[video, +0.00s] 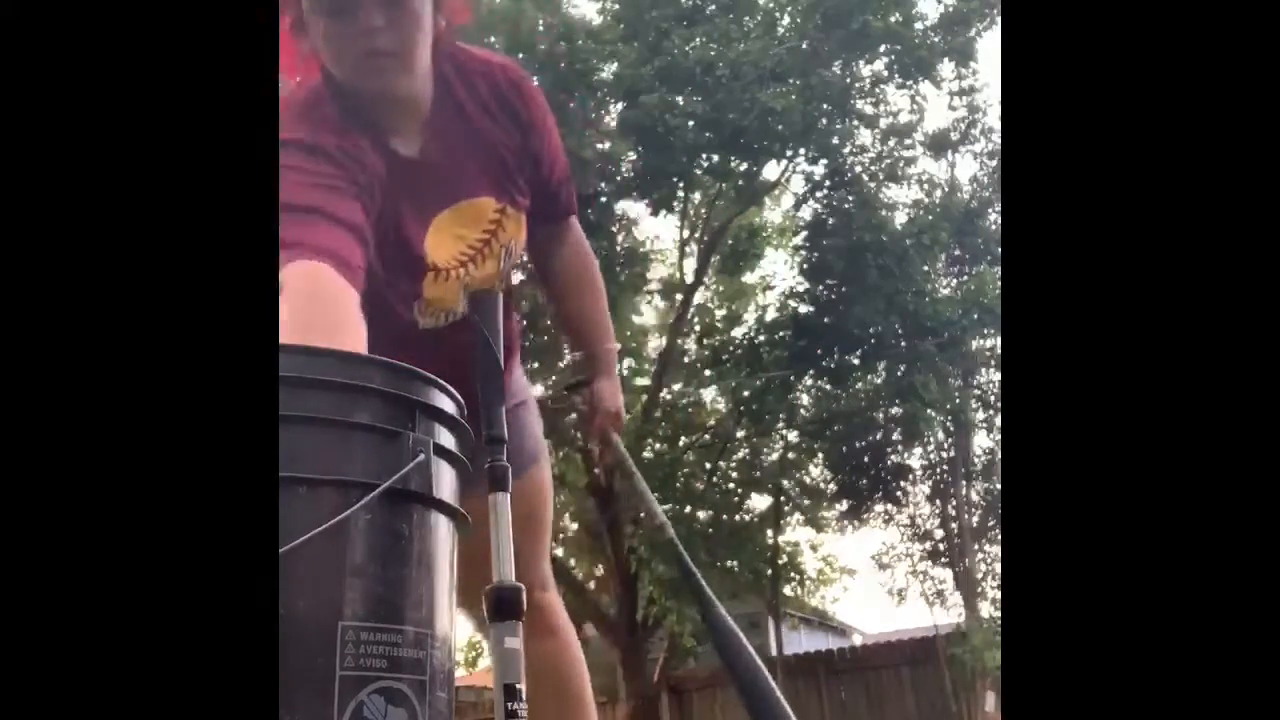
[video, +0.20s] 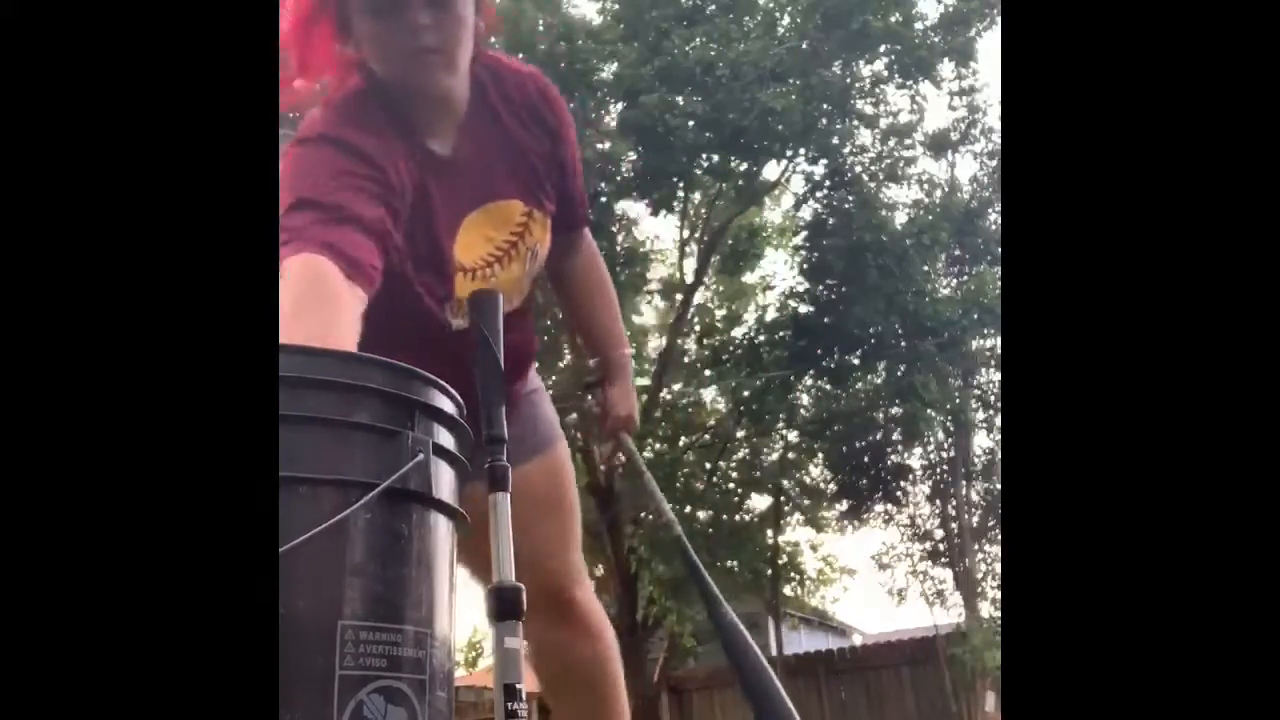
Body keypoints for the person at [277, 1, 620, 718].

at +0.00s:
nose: (375, 20)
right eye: (344, 4)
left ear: (435, 9)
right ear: (306, 23)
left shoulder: (503, 92)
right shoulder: (306, 128)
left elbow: (559, 234)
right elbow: (312, 280)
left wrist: (604, 367)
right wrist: (323, 455)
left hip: (488, 381)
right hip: (369, 390)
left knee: (528, 599)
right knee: (351, 604)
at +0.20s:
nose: (422, 21)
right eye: (389, 4)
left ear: (480, 14)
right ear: (351, 33)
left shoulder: (529, 101)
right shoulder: (340, 141)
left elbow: (570, 241)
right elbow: (318, 273)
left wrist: (617, 369)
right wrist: (310, 437)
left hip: (505, 390)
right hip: (380, 402)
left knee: (562, 599)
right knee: (379, 620)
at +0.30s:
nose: (465, 18)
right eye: (433, 3)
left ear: (513, 13)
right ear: (392, 28)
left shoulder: (555, 113)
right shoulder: (349, 143)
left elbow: (588, 248)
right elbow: (300, 244)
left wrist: (640, 358)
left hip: (518, 403)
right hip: (387, 412)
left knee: (589, 614)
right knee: (374, 634)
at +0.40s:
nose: (512, 15)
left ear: (550, 13)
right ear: (439, 22)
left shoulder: (587, 126)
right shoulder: (376, 129)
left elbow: (616, 257)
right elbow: (285, 241)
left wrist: (669, 361)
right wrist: (314, 245)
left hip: (541, 415)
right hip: (398, 413)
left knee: (616, 642)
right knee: (373, 637)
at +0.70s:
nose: (584, 42)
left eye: (603, 26)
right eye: (564, 27)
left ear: (630, 43)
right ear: (536, 45)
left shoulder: (671, 156)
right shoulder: (490, 136)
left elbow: (705, 281)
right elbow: (398, 208)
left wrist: (729, 389)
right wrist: (421, 205)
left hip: (632, 426)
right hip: (496, 417)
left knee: (650, 631)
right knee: (460, 607)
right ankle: (390, 707)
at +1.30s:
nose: (521, 83)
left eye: (537, 70)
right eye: (502, 72)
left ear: (564, 87)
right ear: (478, 92)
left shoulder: (615, 188)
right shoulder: (435, 179)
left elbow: (672, 290)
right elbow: (400, 253)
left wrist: (707, 353)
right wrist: (449, 262)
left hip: (589, 433)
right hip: (462, 435)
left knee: (614, 623)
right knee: (425, 641)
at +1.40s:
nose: (486, 90)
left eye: (502, 77)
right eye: (467, 80)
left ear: (528, 92)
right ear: (445, 98)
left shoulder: (587, 192)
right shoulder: (400, 199)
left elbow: (662, 280)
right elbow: (364, 291)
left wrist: (672, 356)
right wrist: (414, 324)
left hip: (573, 440)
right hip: (450, 446)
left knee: (601, 621)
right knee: (426, 645)